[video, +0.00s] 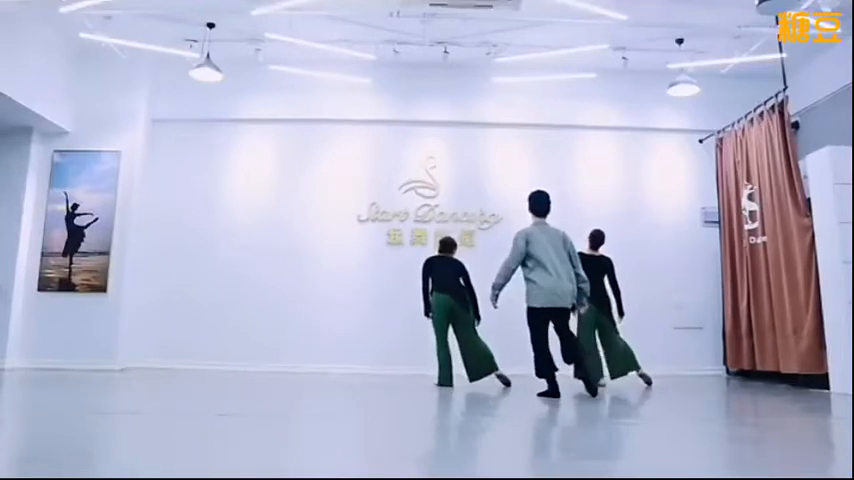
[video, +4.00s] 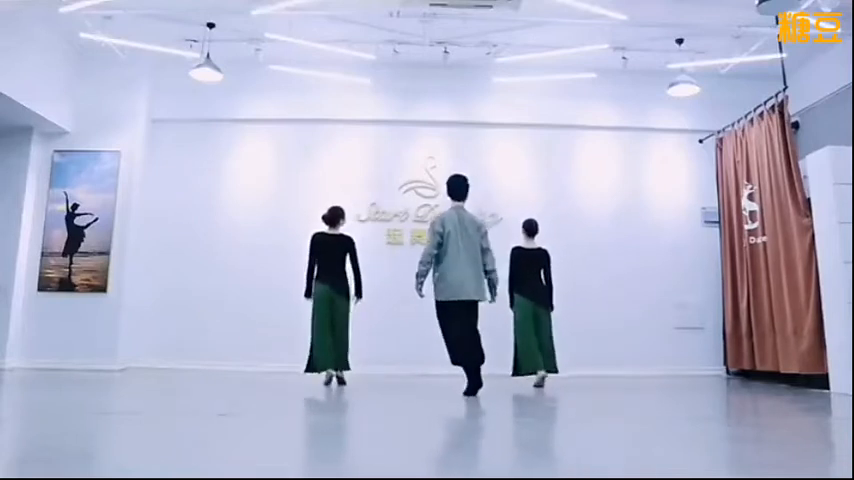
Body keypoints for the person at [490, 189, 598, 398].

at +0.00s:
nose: (531, 209)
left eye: (530, 205)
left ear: (530, 208)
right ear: (549, 208)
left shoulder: (524, 235)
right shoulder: (561, 236)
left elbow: (511, 264)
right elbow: (579, 270)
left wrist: (496, 287)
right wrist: (583, 296)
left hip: (538, 301)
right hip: (564, 300)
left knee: (540, 344)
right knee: (565, 332)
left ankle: (552, 387)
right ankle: (582, 368)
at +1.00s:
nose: (513, 203)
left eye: (513, 200)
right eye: (516, 199)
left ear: (514, 200)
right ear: (532, 200)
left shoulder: (510, 222)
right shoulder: (544, 226)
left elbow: (503, 253)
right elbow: (552, 262)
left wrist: (497, 278)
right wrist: (553, 290)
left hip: (519, 287)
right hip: (542, 288)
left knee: (526, 335)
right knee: (530, 335)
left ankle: (546, 376)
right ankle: (517, 380)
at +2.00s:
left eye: (495, 187)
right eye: (505, 186)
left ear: (493, 189)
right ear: (512, 190)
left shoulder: (485, 217)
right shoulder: (521, 221)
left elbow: (475, 249)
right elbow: (528, 256)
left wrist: (467, 273)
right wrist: (528, 283)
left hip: (491, 280)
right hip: (515, 280)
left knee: (496, 326)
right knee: (510, 327)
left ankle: (507, 369)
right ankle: (504, 377)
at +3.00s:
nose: (477, 190)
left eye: (472, 186)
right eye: (483, 186)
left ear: (469, 188)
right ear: (489, 189)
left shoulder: (462, 217)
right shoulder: (499, 220)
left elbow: (453, 249)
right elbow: (506, 257)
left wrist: (445, 273)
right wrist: (506, 283)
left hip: (468, 281)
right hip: (492, 281)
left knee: (474, 326)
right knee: (488, 326)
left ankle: (485, 369)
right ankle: (483, 373)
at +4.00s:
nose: (457, 194)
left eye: (452, 190)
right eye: (462, 190)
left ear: (447, 192)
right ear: (467, 193)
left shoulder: (440, 221)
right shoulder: (477, 223)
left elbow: (430, 252)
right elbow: (487, 256)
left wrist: (420, 276)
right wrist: (492, 281)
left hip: (447, 289)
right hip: (471, 288)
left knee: (454, 334)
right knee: (471, 330)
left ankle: (472, 376)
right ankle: (474, 373)